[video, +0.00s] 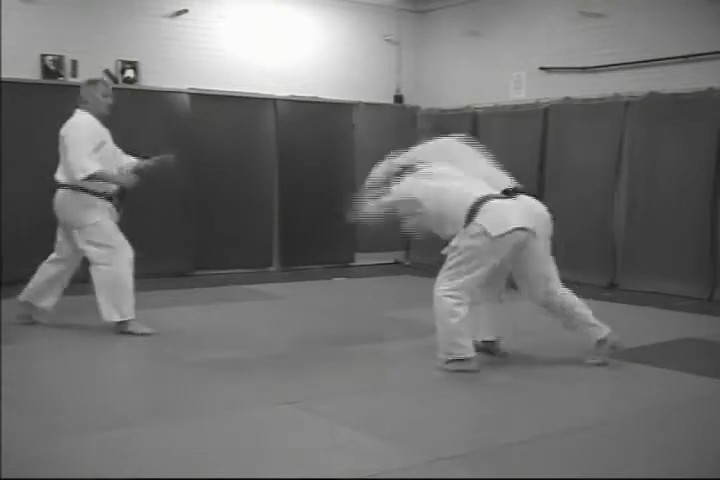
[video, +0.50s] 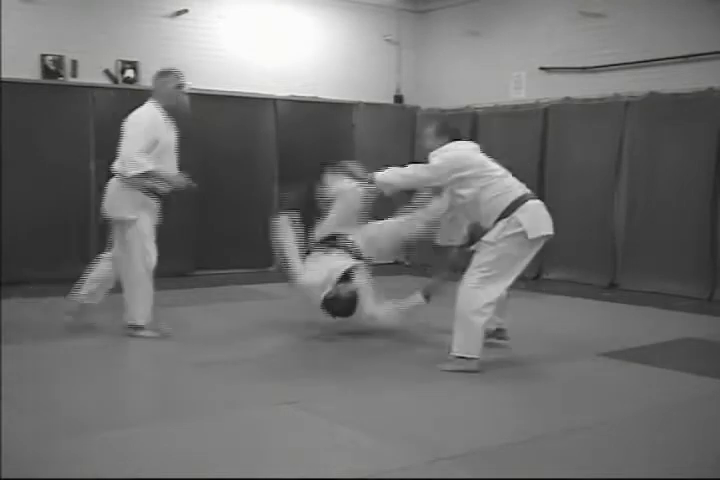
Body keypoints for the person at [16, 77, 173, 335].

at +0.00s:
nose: (110, 101)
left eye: (110, 96)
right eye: (105, 96)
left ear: (94, 99)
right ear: (89, 97)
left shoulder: (93, 126)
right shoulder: (80, 125)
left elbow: (116, 159)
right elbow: (82, 169)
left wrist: (146, 164)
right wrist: (117, 178)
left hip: (83, 199)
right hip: (82, 201)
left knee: (65, 257)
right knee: (118, 253)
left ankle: (30, 305)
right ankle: (124, 320)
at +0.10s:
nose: (114, 113)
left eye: (115, 108)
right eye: (109, 108)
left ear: (96, 110)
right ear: (92, 108)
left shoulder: (97, 141)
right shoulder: (78, 139)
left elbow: (113, 172)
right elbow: (76, 182)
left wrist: (143, 188)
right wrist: (111, 194)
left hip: (79, 211)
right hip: (74, 211)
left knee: (61, 266)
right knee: (125, 254)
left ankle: (23, 311)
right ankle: (128, 320)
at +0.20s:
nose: (123, 116)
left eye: (123, 111)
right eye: (118, 111)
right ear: (100, 112)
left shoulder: (108, 147)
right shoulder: (83, 142)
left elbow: (120, 185)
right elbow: (75, 186)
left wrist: (146, 201)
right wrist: (112, 202)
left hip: (90, 214)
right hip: (75, 213)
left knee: (65, 264)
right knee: (128, 254)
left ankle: (27, 312)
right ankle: (132, 320)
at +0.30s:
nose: (144, 113)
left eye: (144, 108)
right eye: (139, 107)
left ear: (141, 112)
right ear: (122, 109)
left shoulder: (134, 145)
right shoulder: (103, 139)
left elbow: (138, 182)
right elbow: (86, 178)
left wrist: (151, 195)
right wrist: (119, 195)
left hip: (107, 211)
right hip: (90, 209)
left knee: (66, 263)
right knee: (137, 258)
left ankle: (28, 309)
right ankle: (137, 323)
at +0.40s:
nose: (159, 108)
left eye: (159, 102)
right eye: (155, 102)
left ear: (153, 105)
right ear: (138, 103)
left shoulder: (149, 139)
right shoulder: (119, 134)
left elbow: (153, 177)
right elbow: (103, 175)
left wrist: (162, 191)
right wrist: (134, 193)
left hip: (120, 208)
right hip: (105, 206)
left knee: (82, 259)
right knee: (141, 261)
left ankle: (42, 303)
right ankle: (138, 324)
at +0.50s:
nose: (185, 95)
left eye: (184, 89)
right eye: (180, 89)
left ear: (168, 91)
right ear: (165, 90)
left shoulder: (164, 122)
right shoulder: (144, 118)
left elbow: (161, 164)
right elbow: (130, 164)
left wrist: (176, 179)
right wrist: (166, 178)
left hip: (144, 198)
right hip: (130, 197)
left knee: (121, 255)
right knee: (141, 259)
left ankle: (78, 302)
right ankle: (138, 322)